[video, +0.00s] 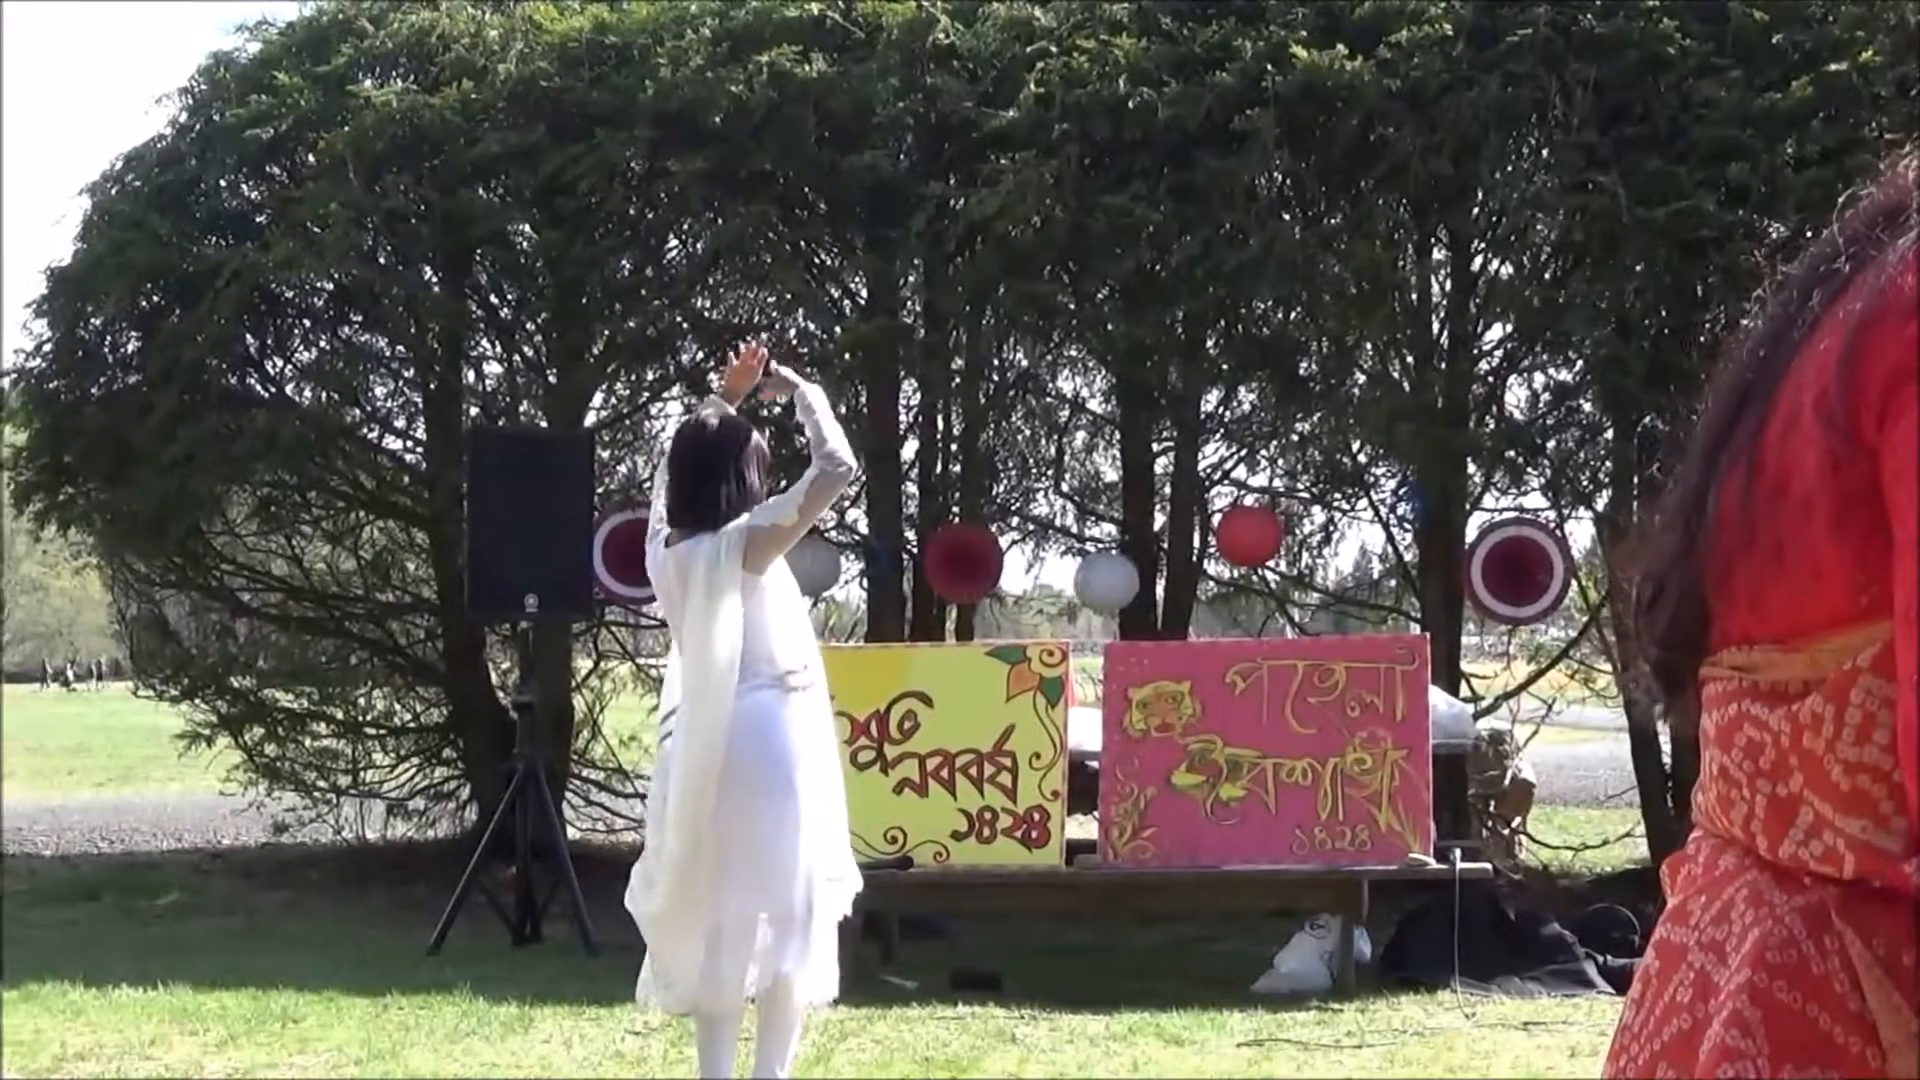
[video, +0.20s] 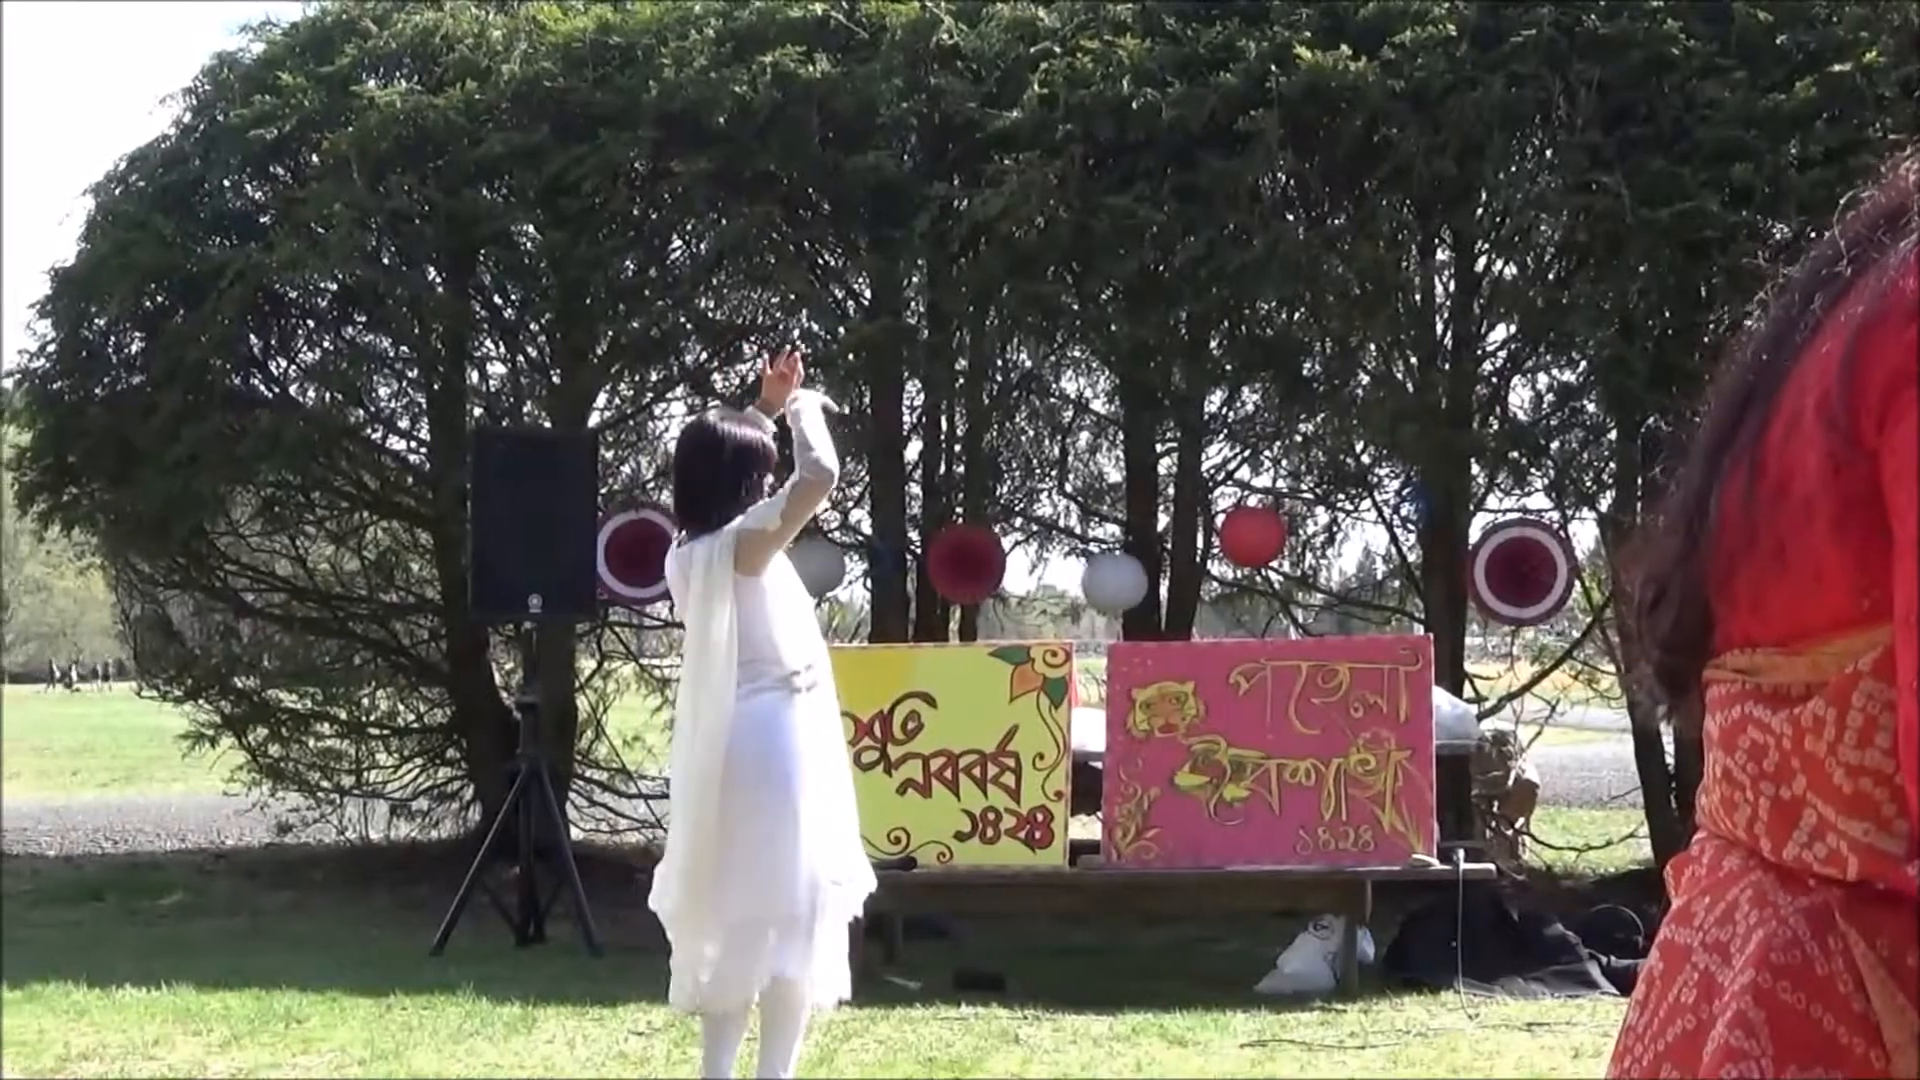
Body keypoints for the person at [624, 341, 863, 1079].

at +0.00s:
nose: (764, 479)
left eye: (762, 468)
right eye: (758, 468)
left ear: (682, 477)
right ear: (738, 475)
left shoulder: (668, 554)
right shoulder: (745, 547)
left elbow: (678, 469)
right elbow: (835, 467)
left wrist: (723, 396)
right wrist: (806, 390)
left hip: (709, 729)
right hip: (772, 727)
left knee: (721, 906)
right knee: (794, 910)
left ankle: (715, 1068)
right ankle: (772, 1069)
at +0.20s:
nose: (771, 484)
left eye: (770, 470)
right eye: (764, 470)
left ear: (690, 478)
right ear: (744, 479)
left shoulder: (694, 555)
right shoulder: (741, 550)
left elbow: (729, 473)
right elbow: (819, 474)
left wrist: (768, 406)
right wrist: (804, 407)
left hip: (735, 732)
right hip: (780, 734)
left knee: (737, 908)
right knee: (800, 910)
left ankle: (717, 1067)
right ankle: (778, 1069)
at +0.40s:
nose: (770, 483)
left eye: (770, 471)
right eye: (761, 470)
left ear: (705, 478)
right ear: (730, 476)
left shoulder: (728, 546)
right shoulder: (713, 551)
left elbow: (787, 514)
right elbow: (789, 545)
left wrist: (824, 444)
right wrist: (800, 468)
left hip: (760, 740)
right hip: (761, 744)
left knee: (753, 921)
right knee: (793, 919)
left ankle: (697, 1067)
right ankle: (774, 1070)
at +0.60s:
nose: (730, 491)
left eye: (735, 476)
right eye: (713, 481)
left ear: (749, 483)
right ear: (685, 498)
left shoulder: (757, 562)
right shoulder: (680, 571)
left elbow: (819, 559)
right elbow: (699, 638)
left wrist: (894, 520)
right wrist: (733, 550)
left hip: (767, 788)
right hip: (709, 792)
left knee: (752, 949)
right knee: (762, 942)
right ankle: (769, 1071)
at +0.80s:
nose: (699, 496)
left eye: (710, 483)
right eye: (685, 485)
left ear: (731, 496)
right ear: (663, 500)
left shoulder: (760, 574)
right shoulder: (646, 577)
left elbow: (841, 616)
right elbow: (571, 641)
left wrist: (944, 599)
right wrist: (664, 579)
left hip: (754, 782)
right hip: (674, 787)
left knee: (750, 943)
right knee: (677, 937)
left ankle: (702, 1069)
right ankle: (650, 1067)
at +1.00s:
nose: (669, 484)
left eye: (684, 471)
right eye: (656, 473)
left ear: (709, 488)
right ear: (638, 490)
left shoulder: (740, 577)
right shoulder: (610, 566)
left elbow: (833, 628)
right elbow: (490, 582)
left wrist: (948, 639)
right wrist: (554, 567)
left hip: (718, 788)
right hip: (622, 785)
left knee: (726, 953)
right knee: (572, 947)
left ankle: (696, 1074)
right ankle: (526, 1074)